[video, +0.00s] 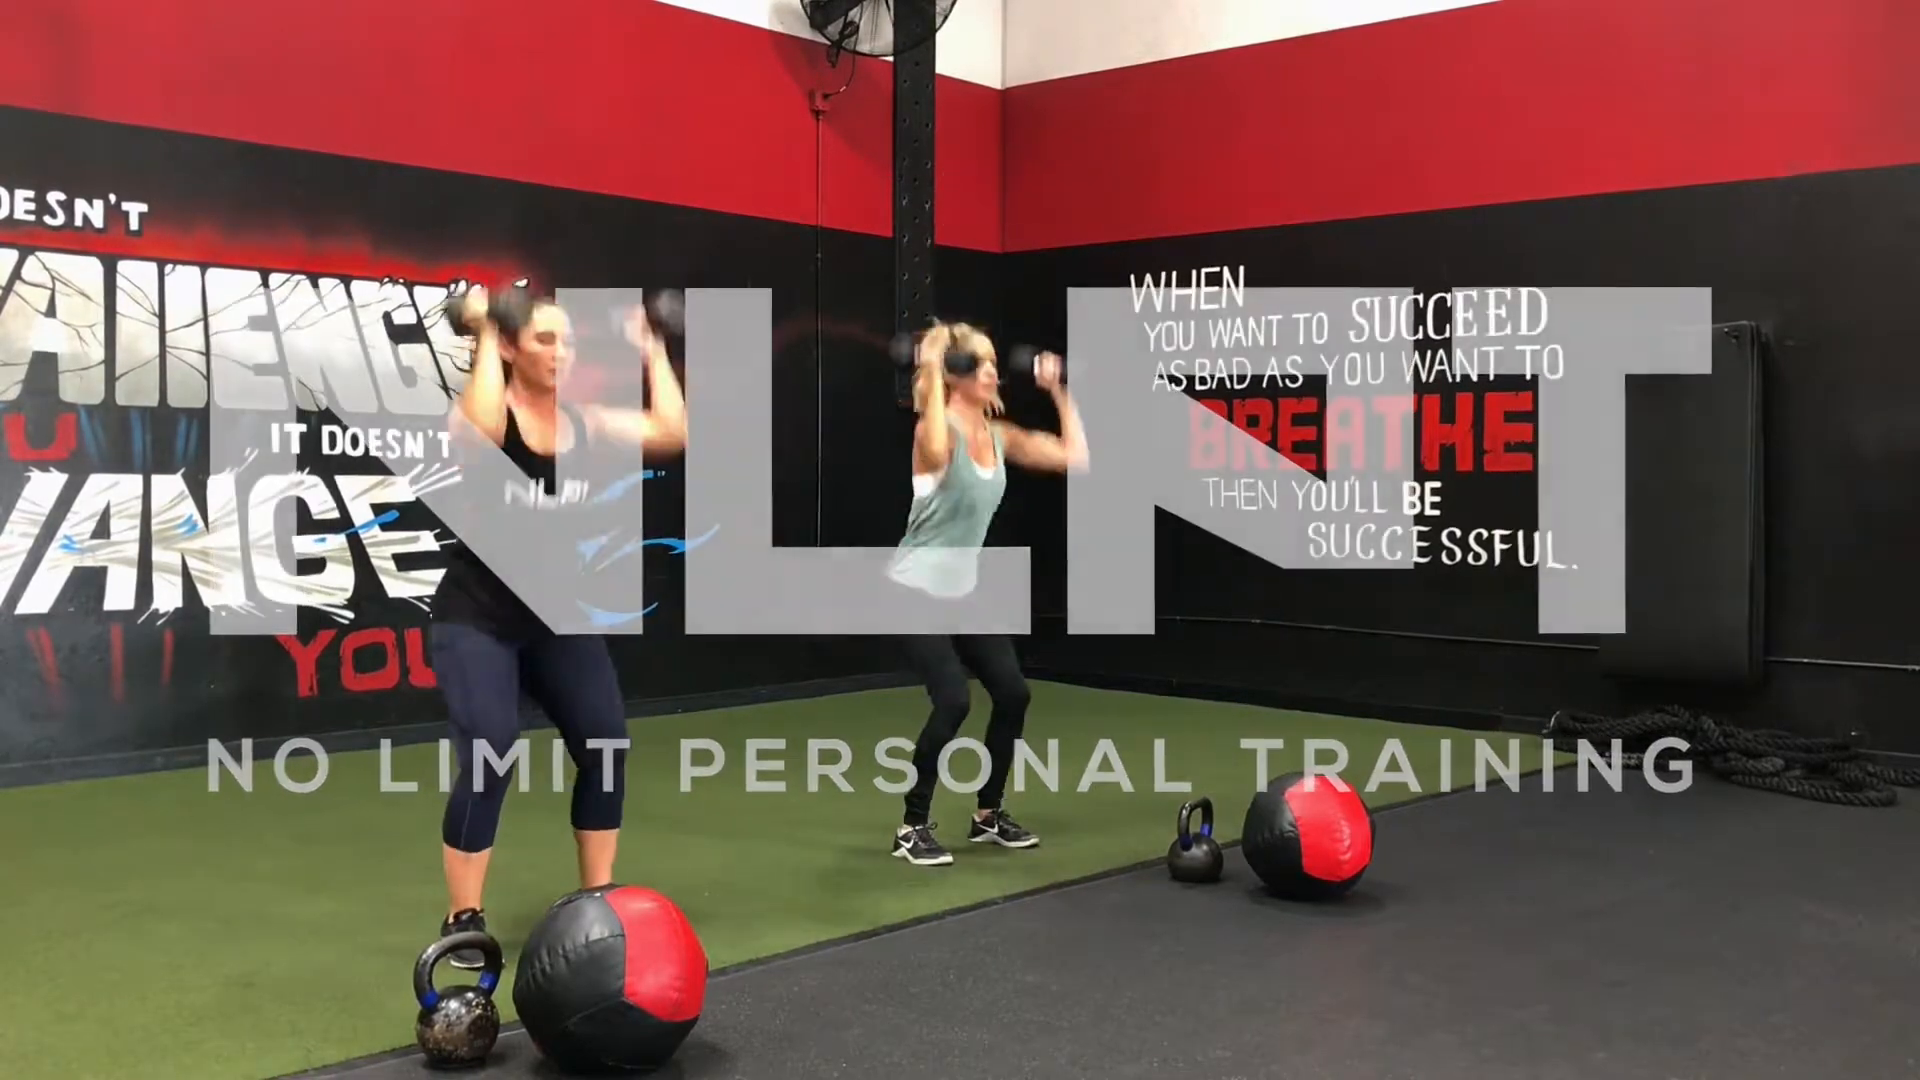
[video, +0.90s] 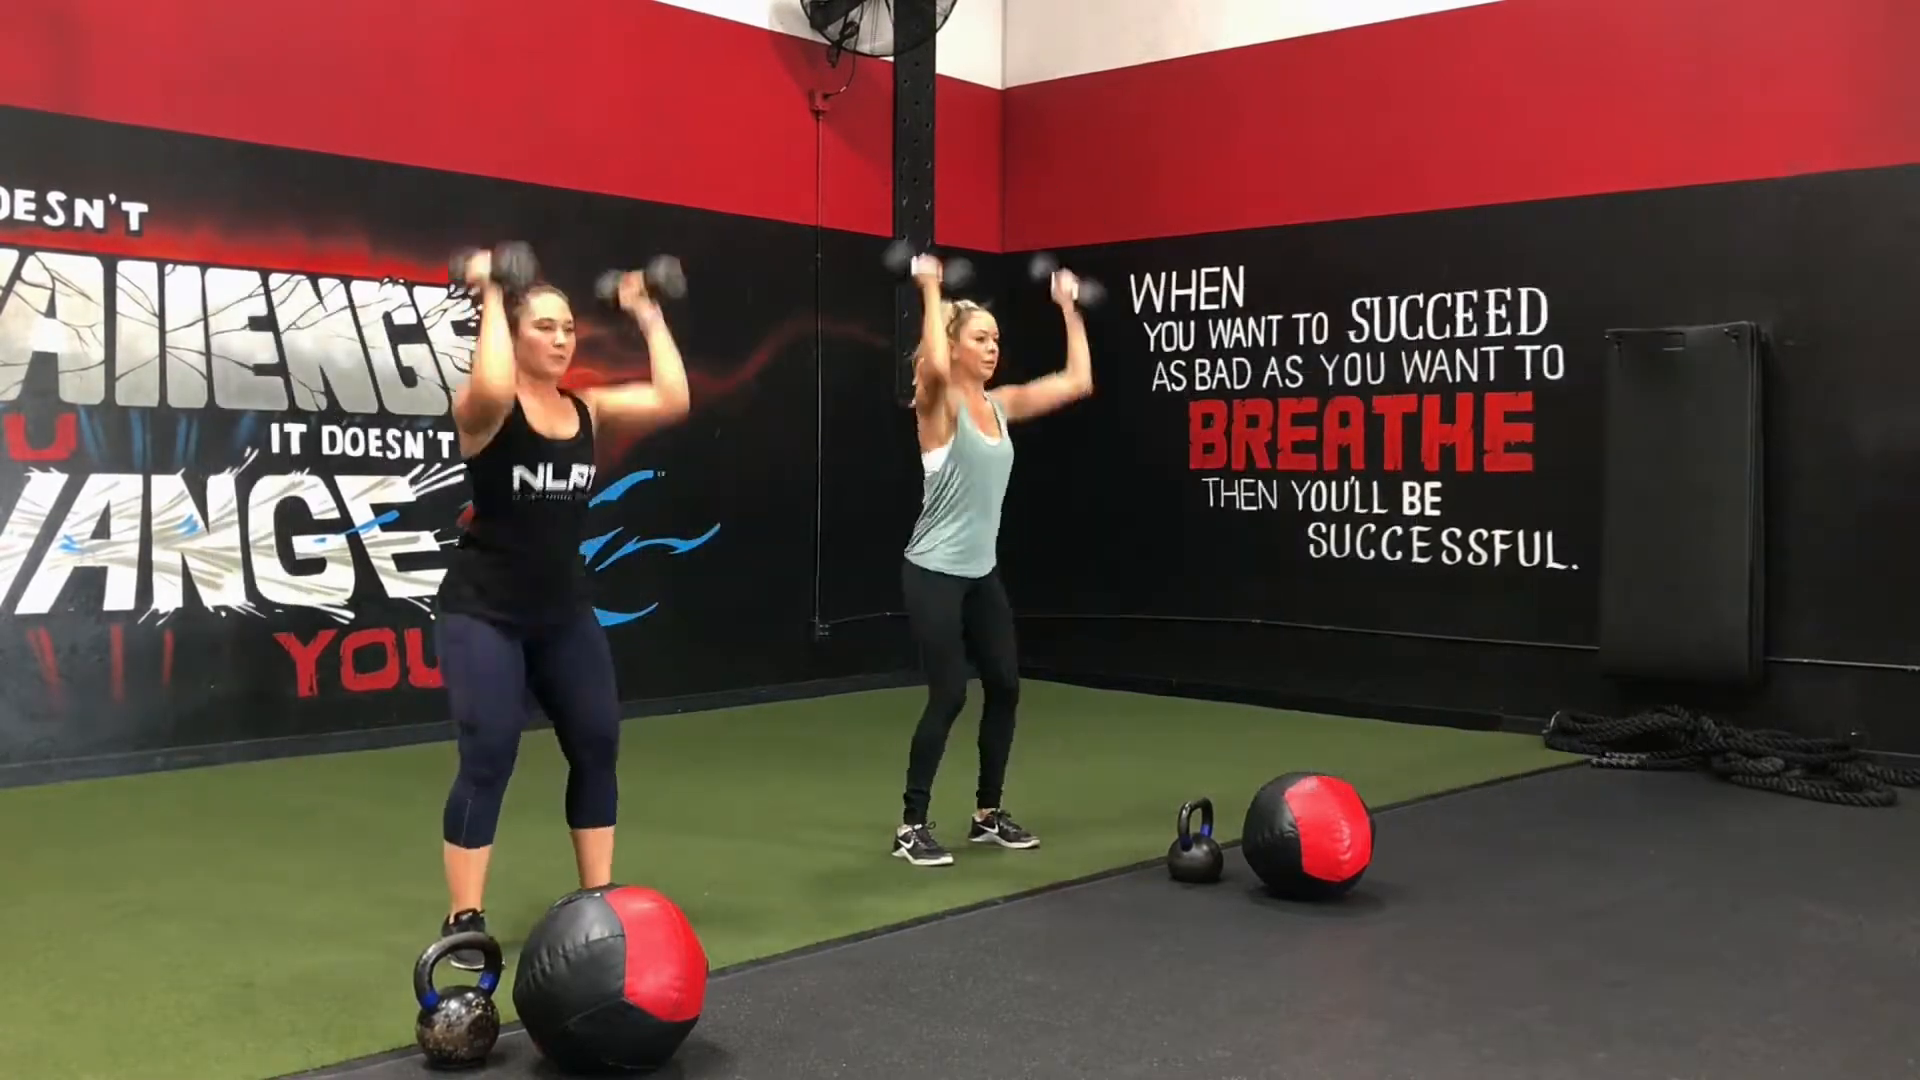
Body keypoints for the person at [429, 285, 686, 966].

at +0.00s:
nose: (560, 352)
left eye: (565, 340)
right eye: (545, 340)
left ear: (571, 348)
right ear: (508, 347)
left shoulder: (585, 420)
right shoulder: (480, 414)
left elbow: (671, 432)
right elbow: (483, 423)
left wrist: (653, 349)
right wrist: (487, 331)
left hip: (561, 615)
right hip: (477, 615)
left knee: (606, 742)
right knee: (487, 749)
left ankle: (597, 905)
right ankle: (465, 922)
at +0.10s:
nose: (571, 435)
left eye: (577, 423)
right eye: (557, 423)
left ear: (586, 434)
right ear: (520, 432)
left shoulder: (589, 504)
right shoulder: (494, 494)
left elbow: (646, 588)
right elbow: (495, 595)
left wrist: (655, 499)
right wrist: (491, 493)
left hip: (535, 654)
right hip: (461, 655)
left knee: (628, 752)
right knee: (483, 764)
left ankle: (596, 904)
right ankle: (464, 924)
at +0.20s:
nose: (589, 521)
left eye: (594, 510)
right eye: (573, 509)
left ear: (601, 520)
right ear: (535, 521)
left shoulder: (599, 582)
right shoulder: (496, 580)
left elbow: (632, 683)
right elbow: (493, 696)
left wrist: (651, 605)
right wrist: (504, 603)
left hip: (541, 710)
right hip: (455, 714)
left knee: (641, 764)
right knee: (494, 788)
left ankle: (597, 910)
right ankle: (464, 928)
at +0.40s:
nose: (592, 514)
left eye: (596, 502)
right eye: (575, 502)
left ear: (603, 512)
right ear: (536, 515)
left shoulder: (602, 573)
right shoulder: (499, 576)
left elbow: (648, 668)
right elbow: (508, 683)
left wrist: (657, 586)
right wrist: (514, 588)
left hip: (540, 711)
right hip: (456, 711)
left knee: (641, 765)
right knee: (496, 788)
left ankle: (597, 911)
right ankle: (465, 929)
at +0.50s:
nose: (579, 418)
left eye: (582, 407)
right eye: (562, 408)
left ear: (587, 415)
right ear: (524, 419)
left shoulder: (596, 486)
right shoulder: (495, 482)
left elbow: (666, 555)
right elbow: (511, 561)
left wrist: (658, 472)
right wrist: (500, 467)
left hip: (547, 653)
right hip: (468, 655)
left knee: (632, 758)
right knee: (491, 774)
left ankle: (596, 910)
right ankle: (465, 928)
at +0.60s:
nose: (562, 336)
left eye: (568, 324)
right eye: (547, 324)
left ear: (575, 331)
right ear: (512, 330)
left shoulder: (593, 403)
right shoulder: (488, 402)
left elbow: (674, 405)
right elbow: (503, 390)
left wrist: (648, 316)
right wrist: (494, 303)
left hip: (568, 603)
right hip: (487, 603)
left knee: (600, 745)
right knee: (489, 754)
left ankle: (598, 909)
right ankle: (465, 925)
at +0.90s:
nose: (563, 340)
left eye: (569, 329)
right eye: (548, 328)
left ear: (574, 336)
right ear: (511, 335)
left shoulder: (588, 407)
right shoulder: (484, 409)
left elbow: (670, 401)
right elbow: (492, 385)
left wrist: (647, 313)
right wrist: (491, 295)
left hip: (565, 610)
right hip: (482, 611)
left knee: (597, 741)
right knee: (488, 752)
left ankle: (599, 907)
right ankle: (465, 924)